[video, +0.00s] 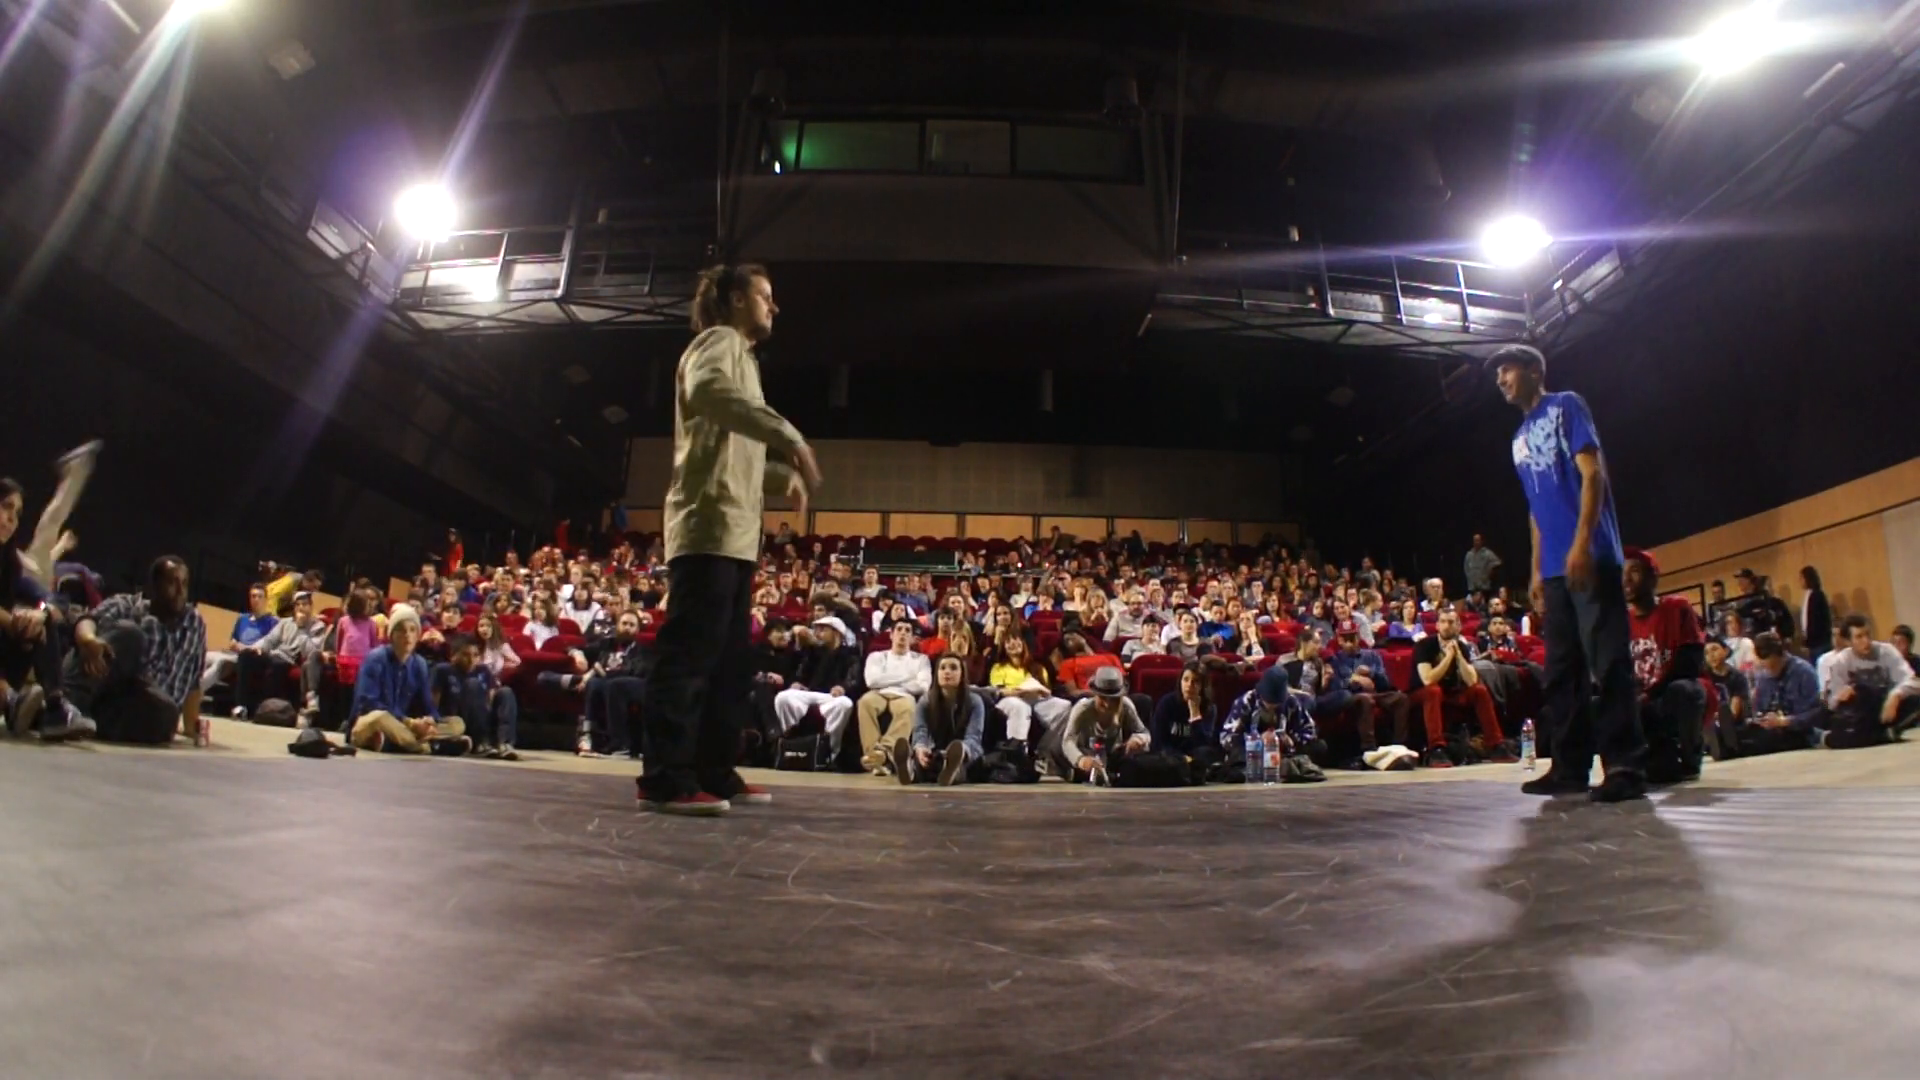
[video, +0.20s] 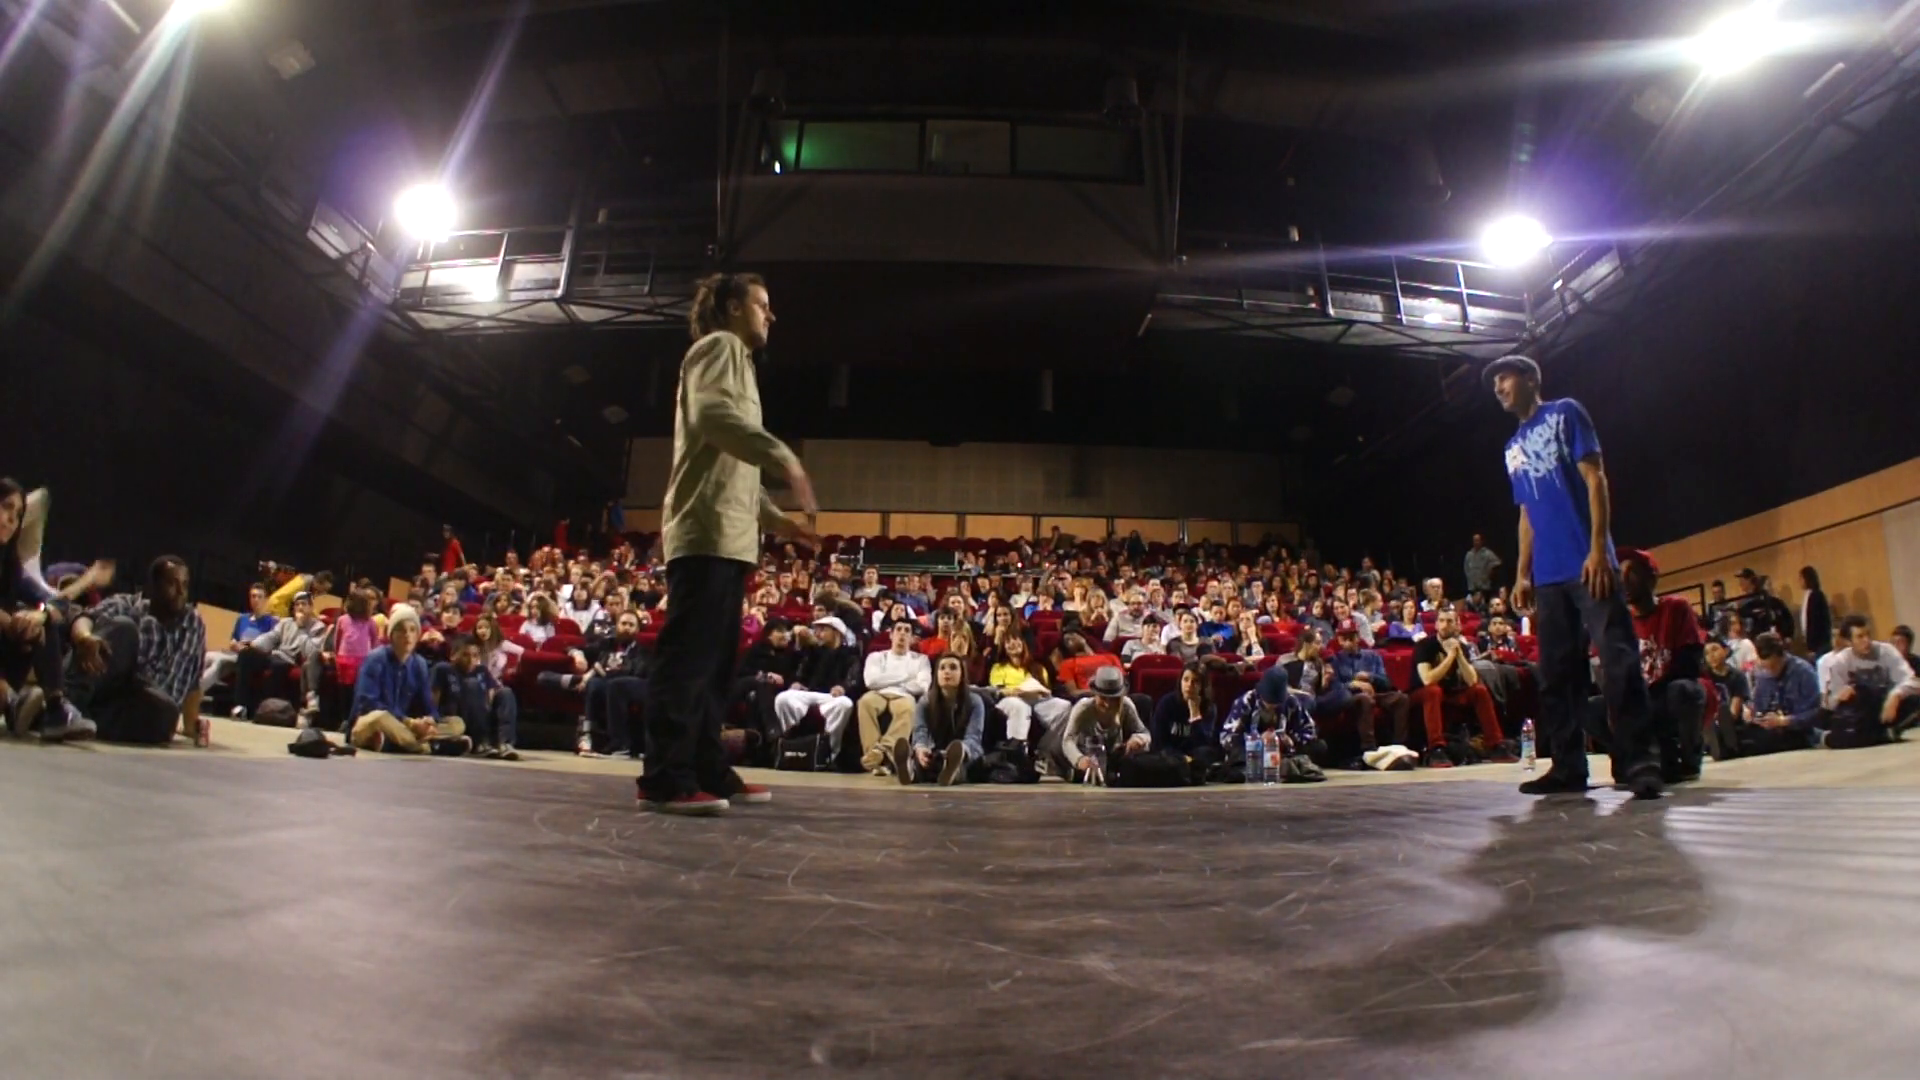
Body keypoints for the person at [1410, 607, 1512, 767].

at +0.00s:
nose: (1447, 626)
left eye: (1452, 622)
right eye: (1443, 622)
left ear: (1458, 626)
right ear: (1437, 625)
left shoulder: (1462, 646)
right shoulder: (1424, 646)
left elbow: (1471, 681)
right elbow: (1427, 678)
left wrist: (1458, 655)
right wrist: (1449, 656)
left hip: (1454, 692)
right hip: (1427, 693)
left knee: (1480, 691)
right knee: (1433, 691)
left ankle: (1497, 745)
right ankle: (1436, 748)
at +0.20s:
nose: (1444, 625)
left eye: (1449, 621)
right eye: (1441, 621)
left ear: (1456, 625)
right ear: (1436, 624)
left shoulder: (1462, 647)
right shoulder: (1424, 646)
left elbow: (1472, 681)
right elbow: (1427, 678)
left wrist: (1458, 654)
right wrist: (1450, 656)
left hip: (1453, 692)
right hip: (1426, 693)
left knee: (1480, 691)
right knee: (1433, 691)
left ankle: (1496, 745)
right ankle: (1437, 748)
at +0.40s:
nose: (1443, 625)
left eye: (1448, 621)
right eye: (1440, 620)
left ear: (1456, 625)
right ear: (1435, 623)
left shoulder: (1461, 646)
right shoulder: (1424, 646)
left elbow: (1472, 681)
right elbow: (1427, 678)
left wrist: (1460, 655)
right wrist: (1451, 655)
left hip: (1453, 692)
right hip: (1426, 693)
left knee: (1480, 691)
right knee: (1433, 691)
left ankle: (1496, 745)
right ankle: (1437, 748)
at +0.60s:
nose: (1442, 626)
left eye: (1447, 622)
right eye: (1439, 621)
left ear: (1456, 625)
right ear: (1435, 624)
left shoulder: (1462, 646)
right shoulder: (1424, 646)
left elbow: (1471, 681)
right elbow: (1427, 678)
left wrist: (1459, 655)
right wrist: (1450, 655)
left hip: (1453, 692)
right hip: (1426, 693)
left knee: (1480, 691)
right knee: (1433, 691)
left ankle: (1496, 745)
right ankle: (1436, 748)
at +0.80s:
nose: (1444, 627)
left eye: (1448, 623)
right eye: (1440, 623)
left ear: (1457, 626)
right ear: (1435, 625)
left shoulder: (1462, 646)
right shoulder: (1424, 646)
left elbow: (1471, 680)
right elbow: (1427, 679)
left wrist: (1458, 654)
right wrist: (1450, 654)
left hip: (1454, 691)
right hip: (1428, 692)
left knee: (1480, 691)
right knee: (1434, 691)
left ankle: (1496, 745)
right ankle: (1436, 748)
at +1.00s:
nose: (1443, 627)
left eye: (1448, 623)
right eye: (1440, 623)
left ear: (1456, 626)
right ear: (1435, 625)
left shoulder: (1462, 646)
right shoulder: (1425, 646)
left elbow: (1471, 680)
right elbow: (1427, 679)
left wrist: (1459, 654)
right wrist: (1450, 655)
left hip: (1455, 691)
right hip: (1431, 691)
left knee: (1480, 691)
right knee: (1434, 691)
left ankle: (1496, 745)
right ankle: (1436, 748)